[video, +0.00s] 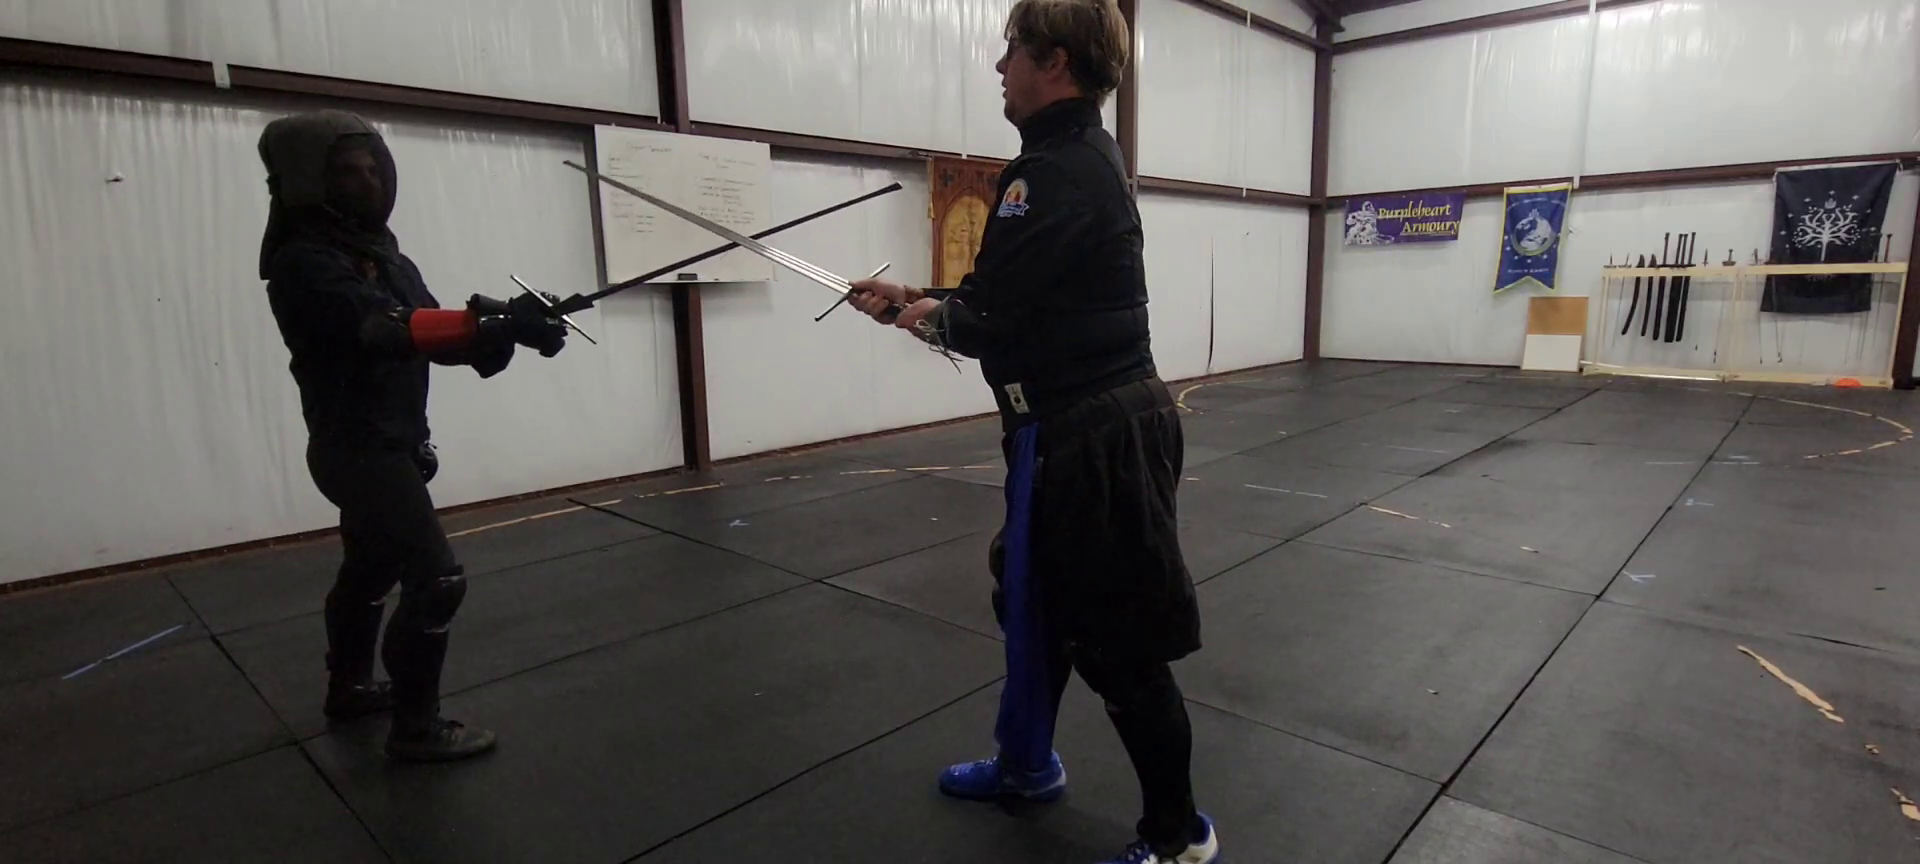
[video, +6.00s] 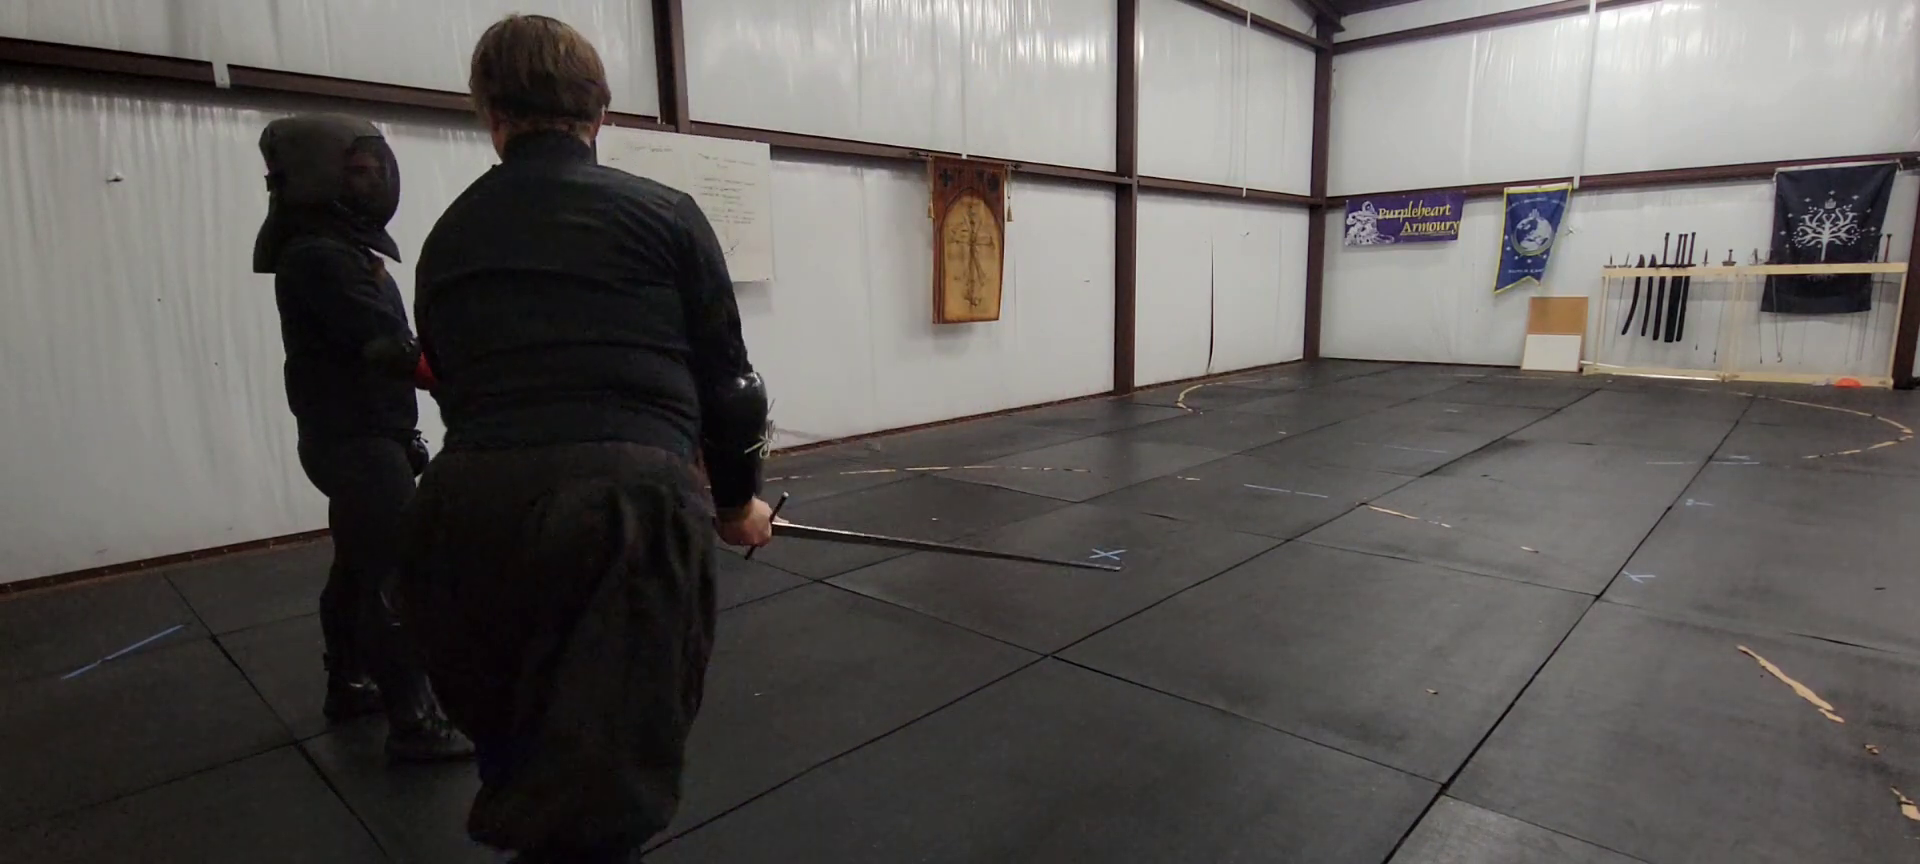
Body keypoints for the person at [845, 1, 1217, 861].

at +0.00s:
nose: (999, 67)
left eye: (1012, 54)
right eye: (1005, 53)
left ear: (1055, 67)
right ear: (1059, 69)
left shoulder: (1054, 174)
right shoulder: (1071, 159)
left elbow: (999, 323)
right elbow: (994, 294)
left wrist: (933, 319)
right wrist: (912, 301)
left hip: (1092, 429)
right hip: (1089, 417)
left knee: (1117, 632)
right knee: (1026, 593)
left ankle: (1175, 831)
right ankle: (1026, 763)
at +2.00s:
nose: (857, 75)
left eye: (867, 59)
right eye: (861, 59)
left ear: (905, 69)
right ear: (932, 75)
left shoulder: (863, 174)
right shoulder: (972, 169)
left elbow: (772, 283)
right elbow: (839, 238)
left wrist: (722, 267)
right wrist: (734, 249)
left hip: (901, 432)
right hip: (1009, 418)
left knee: (843, 648)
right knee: (1013, 602)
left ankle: (844, 847)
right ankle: (1027, 763)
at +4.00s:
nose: (974, 68)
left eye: (986, 54)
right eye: (979, 52)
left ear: (1024, 65)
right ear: (1044, 69)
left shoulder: (1010, 170)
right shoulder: (1072, 153)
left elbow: (956, 306)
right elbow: (1003, 291)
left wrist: (912, 356)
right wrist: (906, 331)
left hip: (1062, 423)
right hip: (1119, 402)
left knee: (1068, 634)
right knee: (1077, 603)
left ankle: (1157, 840)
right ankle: (1075, 785)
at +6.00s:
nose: (484, 125)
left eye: (484, 111)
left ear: (493, 119)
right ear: (598, 114)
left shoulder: (448, 233)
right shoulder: (666, 212)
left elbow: (450, 384)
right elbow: (727, 384)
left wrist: (521, 443)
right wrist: (739, 500)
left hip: (475, 497)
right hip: (636, 489)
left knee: (512, 746)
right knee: (615, 770)